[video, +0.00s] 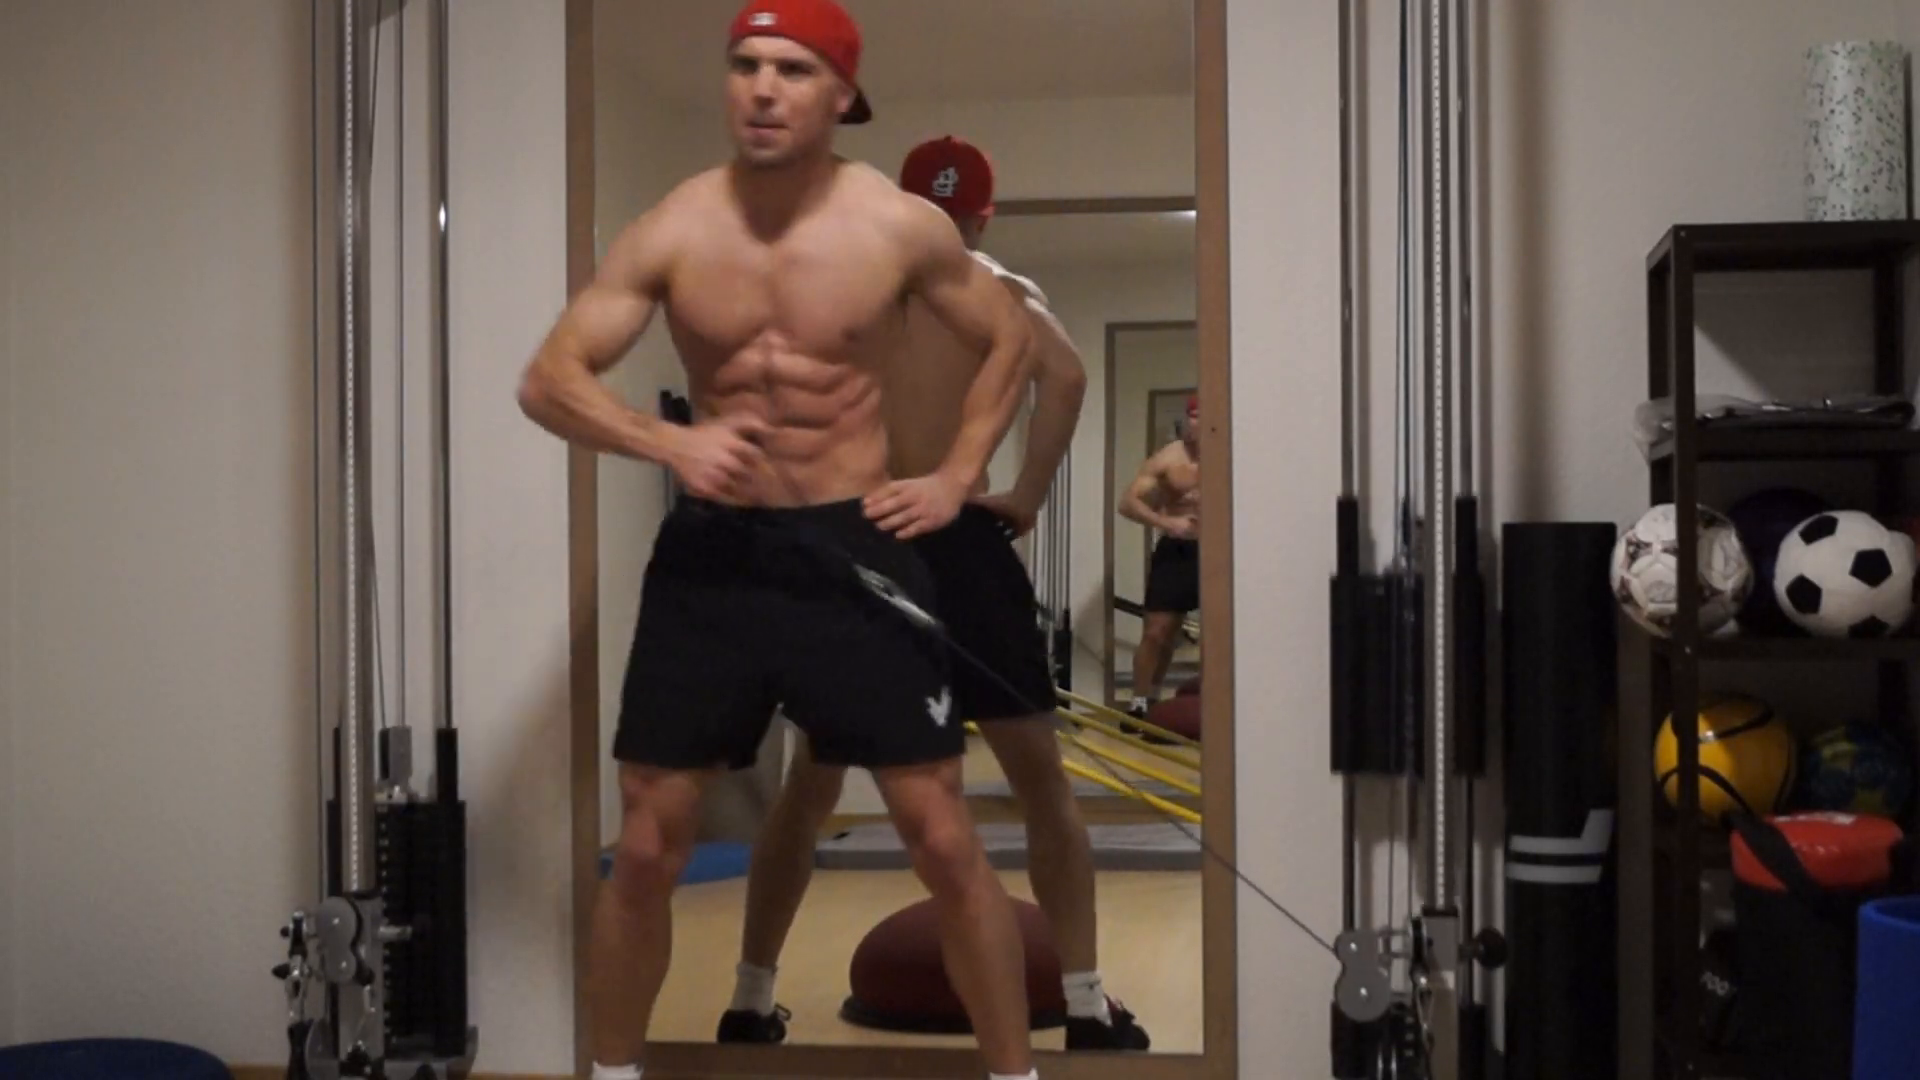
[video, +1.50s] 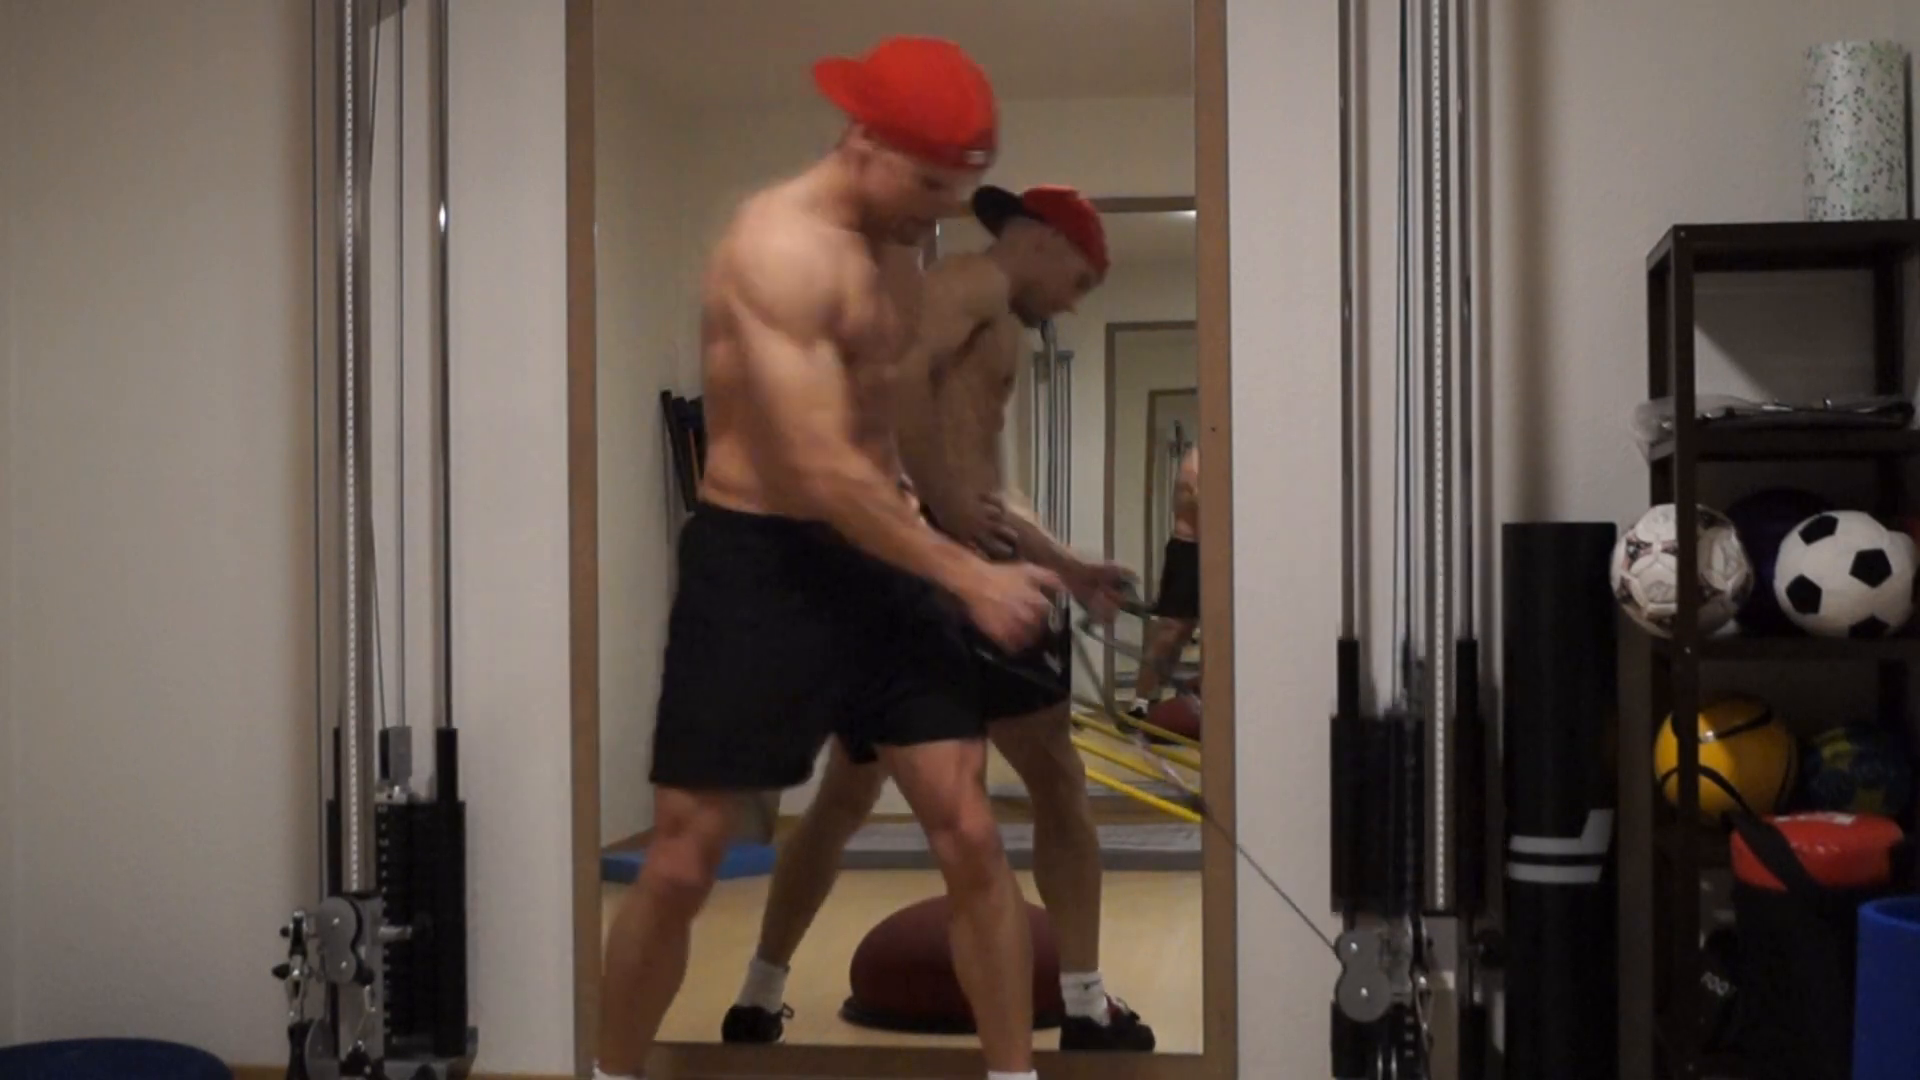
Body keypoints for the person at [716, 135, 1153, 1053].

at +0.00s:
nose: (979, 226)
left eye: (962, 210)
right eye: (981, 213)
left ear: (899, 204)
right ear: (981, 216)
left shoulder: (838, 278)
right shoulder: (999, 291)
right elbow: (1066, 373)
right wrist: (1026, 497)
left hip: (851, 552)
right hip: (967, 548)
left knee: (809, 790)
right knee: (1041, 781)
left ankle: (751, 999)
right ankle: (1084, 1003)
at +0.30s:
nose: (1092, 260)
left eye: (1095, 244)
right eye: (1088, 240)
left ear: (1031, 224)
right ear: (1042, 224)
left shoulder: (986, 305)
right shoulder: (991, 291)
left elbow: (1019, 480)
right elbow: (953, 443)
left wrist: (1096, 553)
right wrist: (1010, 554)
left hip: (901, 567)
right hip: (966, 573)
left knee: (840, 793)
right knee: (1059, 781)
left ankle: (756, 994)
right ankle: (1087, 1004)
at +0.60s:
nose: (1075, 299)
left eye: (1081, 283)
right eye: (1074, 279)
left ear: (1032, 263)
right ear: (1033, 258)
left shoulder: (994, 364)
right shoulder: (960, 300)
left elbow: (1042, 508)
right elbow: (913, 468)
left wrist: (1114, 606)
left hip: (891, 586)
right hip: (936, 586)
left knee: (858, 798)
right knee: (1051, 784)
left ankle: (764, 989)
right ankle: (1088, 1004)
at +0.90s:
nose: (970, 281)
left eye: (967, 271)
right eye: (972, 270)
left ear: (872, 234)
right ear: (954, 254)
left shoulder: (813, 288)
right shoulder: (969, 298)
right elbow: (1043, 382)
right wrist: (1003, 505)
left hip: (812, 559)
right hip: (932, 551)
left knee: (785, 792)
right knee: (1010, 784)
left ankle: (753, 996)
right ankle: (1081, 1000)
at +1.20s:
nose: (973, 272)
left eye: (966, 264)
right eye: (973, 261)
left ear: (864, 234)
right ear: (957, 248)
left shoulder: (809, 290)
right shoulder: (970, 299)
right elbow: (1046, 381)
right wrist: (1016, 502)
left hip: (808, 562)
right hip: (931, 552)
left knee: (785, 788)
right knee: (1012, 779)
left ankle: (750, 999)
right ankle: (1079, 1003)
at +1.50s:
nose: (1077, 302)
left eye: (1086, 288)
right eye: (1082, 280)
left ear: (1044, 252)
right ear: (1044, 245)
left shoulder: (998, 331)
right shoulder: (972, 282)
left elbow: (972, 489)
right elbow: (887, 383)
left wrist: (1066, 565)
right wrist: (938, 503)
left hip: (940, 572)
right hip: (930, 572)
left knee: (841, 798)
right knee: (1060, 787)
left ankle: (761, 993)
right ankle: (1085, 1005)